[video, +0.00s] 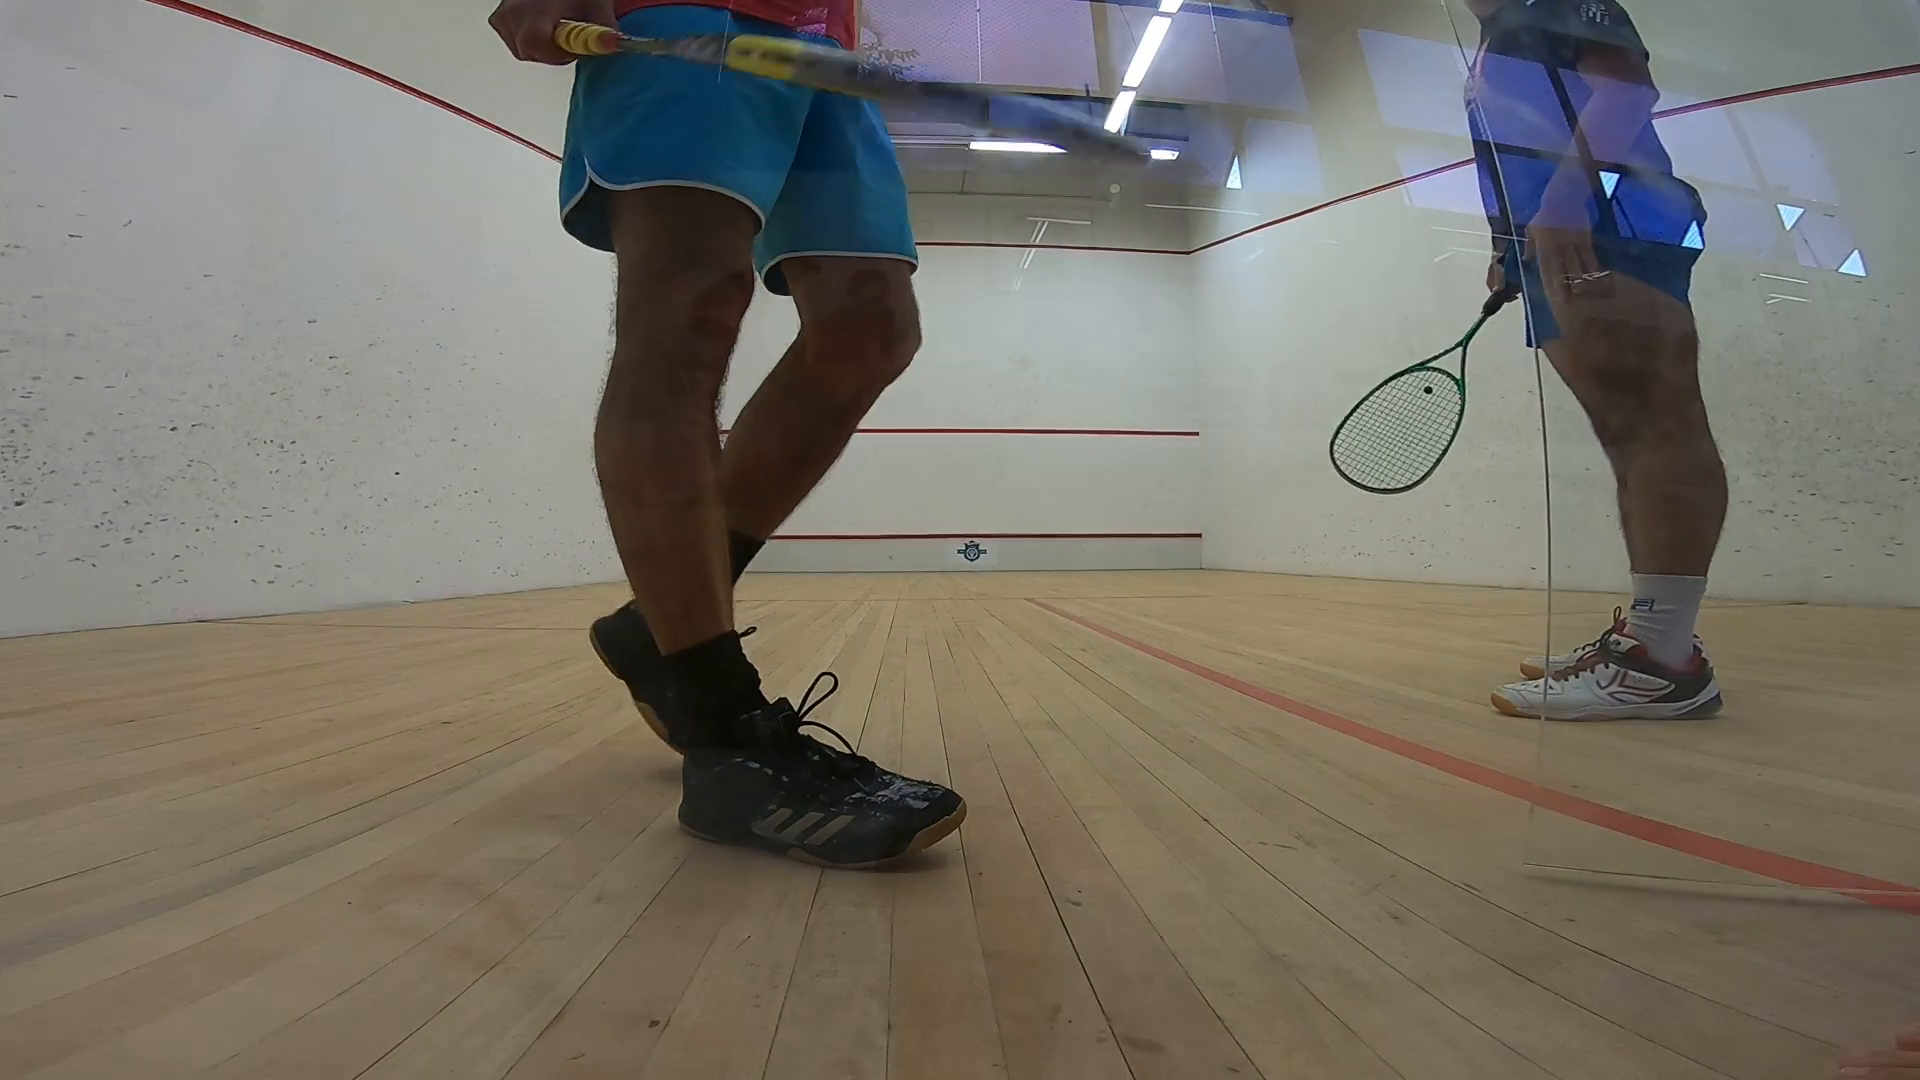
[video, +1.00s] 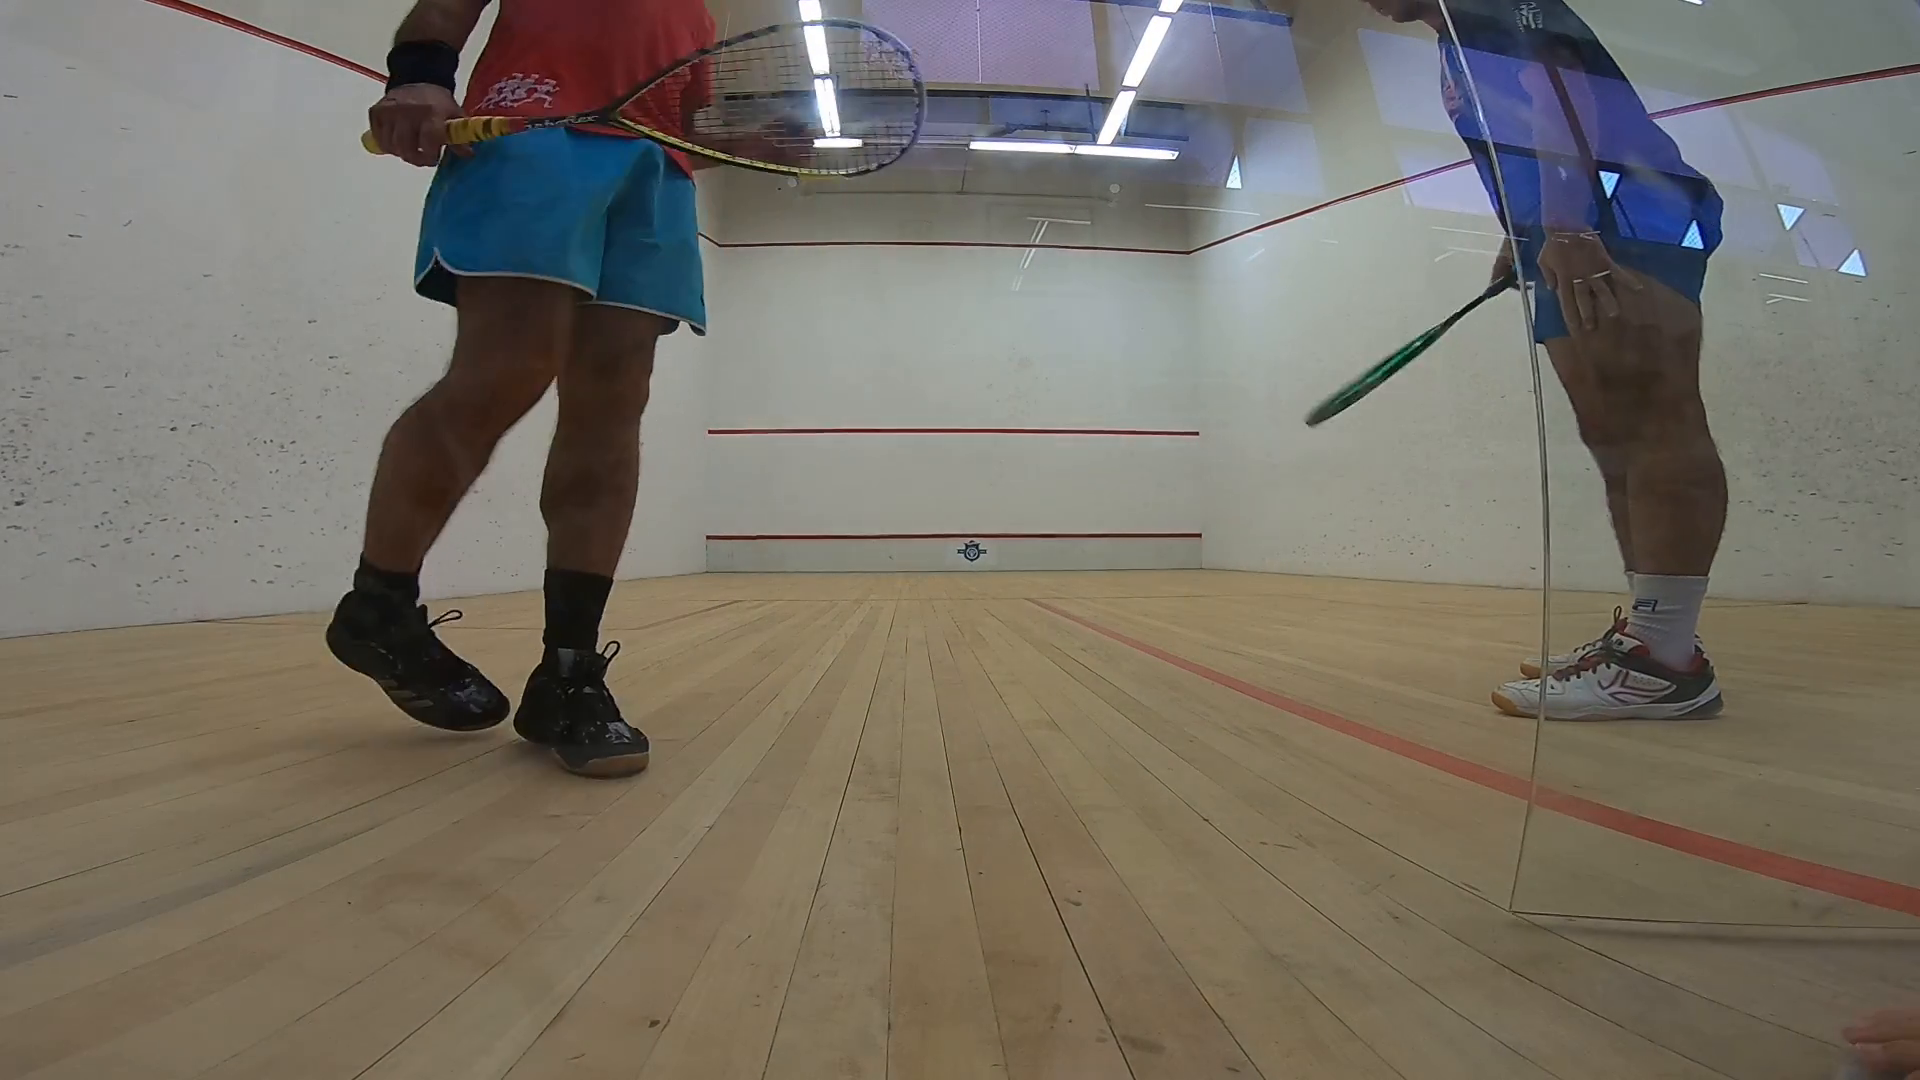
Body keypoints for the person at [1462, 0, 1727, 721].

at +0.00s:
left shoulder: (1551, 6)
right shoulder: (1497, 51)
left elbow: (1626, 81)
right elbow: (1530, 157)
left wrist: (1565, 198)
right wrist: (1510, 244)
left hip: (1611, 231)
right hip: (1571, 242)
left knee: (1661, 427)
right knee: (1628, 434)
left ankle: (1667, 659)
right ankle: (1654, 644)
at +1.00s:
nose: (1374, 5)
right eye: (1369, 3)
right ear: (1397, 10)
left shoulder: (1491, 8)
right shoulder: (1459, 57)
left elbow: (1558, 82)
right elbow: (1522, 139)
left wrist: (1569, 225)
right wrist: (1519, 229)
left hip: (1628, 218)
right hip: (1570, 237)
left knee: (1659, 421)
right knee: (1613, 431)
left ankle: (1670, 659)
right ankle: (1649, 637)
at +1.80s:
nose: (1391, 108)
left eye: (1386, 94)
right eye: (1383, 101)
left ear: (1401, 70)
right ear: (1449, 68)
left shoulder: (1414, 72)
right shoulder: (1539, 99)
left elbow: (1444, 141)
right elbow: (1646, 173)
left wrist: (1448, 269)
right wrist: (1615, 244)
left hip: (1533, 240)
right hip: (1637, 249)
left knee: (1474, 430)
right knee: (1603, 449)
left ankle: (1589, 598)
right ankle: (1620, 636)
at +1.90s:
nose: (1396, 113)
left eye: (1391, 100)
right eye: (1389, 106)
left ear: (1403, 76)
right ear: (1450, 70)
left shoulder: (1417, 75)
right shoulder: (1537, 104)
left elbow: (1440, 149)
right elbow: (1633, 177)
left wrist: (1434, 271)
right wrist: (1606, 253)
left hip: (1515, 248)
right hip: (1623, 257)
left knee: (1440, 422)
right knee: (1607, 448)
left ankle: (1530, 591)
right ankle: (1613, 634)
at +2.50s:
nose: (1428, 128)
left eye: (1423, 122)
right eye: (1417, 121)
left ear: (1370, 138)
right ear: (1383, 129)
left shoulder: (1337, 193)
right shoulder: (1447, 147)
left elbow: (1309, 262)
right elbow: (1496, 197)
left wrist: (1357, 329)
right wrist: (1535, 275)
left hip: (1406, 327)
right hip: (1494, 308)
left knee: (1418, 474)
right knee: (1554, 441)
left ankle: (1418, 615)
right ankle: (1553, 565)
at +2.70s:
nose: (1432, 134)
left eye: (1430, 126)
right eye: (1423, 125)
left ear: (1374, 142)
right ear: (1386, 132)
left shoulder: (1344, 202)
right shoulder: (1420, 151)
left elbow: (1321, 274)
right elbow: (1451, 203)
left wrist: (1363, 329)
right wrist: (1518, 274)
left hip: (1391, 334)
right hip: (1470, 316)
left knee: (1412, 474)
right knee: (1545, 453)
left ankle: (1417, 615)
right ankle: (1578, 598)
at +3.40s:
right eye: (1498, 154)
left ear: (1445, 161)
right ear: (1500, 152)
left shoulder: (1420, 196)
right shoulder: (1543, 180)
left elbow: (1404, 256)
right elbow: (1610, 233)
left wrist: (1412, 323)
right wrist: (1637, 302)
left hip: (1469, 342)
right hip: (1553, 336)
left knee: (1452, 469)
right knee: (1556, 473)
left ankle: (1468, 577)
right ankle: (1563, 610)